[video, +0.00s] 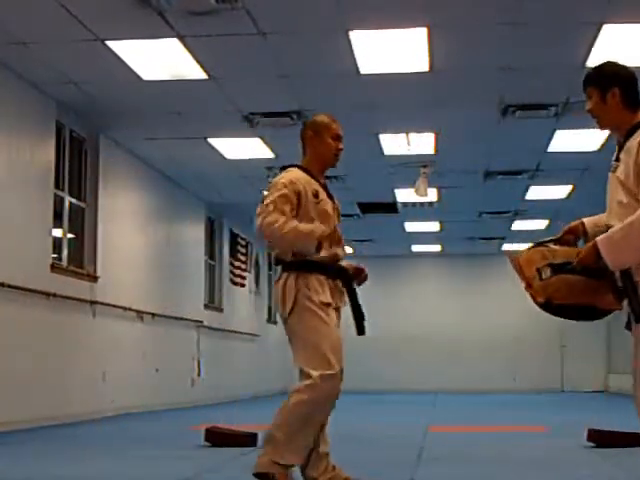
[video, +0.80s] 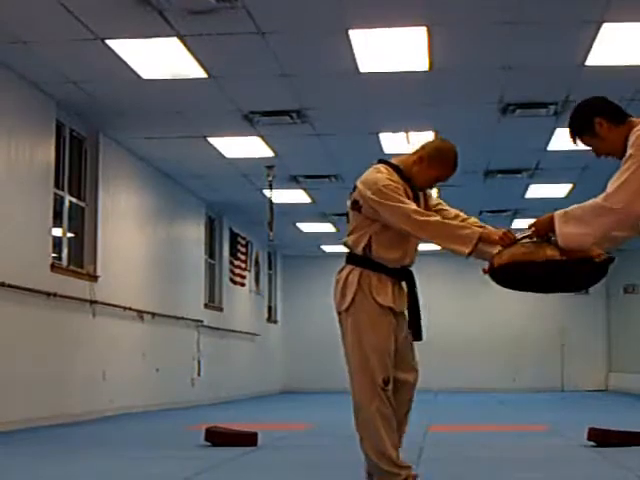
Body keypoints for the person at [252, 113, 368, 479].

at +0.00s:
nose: (340, 147)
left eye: (341, 141)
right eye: (334, 139)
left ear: (325, 145)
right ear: (310, 140)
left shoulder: (322, 192)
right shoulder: (291, 179)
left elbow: (320, 251)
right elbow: (270, 224)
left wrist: (346, 270)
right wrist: (319, 236)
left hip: (327, 289)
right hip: (305, 286)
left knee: (319, 379)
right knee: (325, 376)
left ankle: (317, 467)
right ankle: (272, 463)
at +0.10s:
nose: (353, 148)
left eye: (353, 141)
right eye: (347, 139)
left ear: (335, 143)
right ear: (323, 140)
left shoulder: (331, 192)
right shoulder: (305, 177)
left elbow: (337, 248)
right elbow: (281, 199)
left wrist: (372, 257)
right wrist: (337, 200)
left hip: (329, 287)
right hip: (312, 285)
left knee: (319, 379)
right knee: (340, 371)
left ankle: (310, 460)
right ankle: (323, 468)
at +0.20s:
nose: (362, 148)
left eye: (363, 142)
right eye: (356, 140)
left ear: (349, 145)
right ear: (331, 141)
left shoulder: (345, 196)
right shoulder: (311, 177)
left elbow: (367, 238)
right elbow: (311, 189)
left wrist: (409, 246)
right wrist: (365, 185)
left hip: (339, 290)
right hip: (320, 288)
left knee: (322, 385)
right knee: (345, 383)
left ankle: (316, 469)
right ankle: (374, 470)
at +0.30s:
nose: (370, 149)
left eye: (371, 142)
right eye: (364, 141)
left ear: (352, 145)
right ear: (341, 141)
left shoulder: (356, 196)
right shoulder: (322, 182)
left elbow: (389, 231)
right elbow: (337, 201)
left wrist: (432, 237)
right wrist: (391, 192)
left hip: (347, 291)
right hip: (327, 289)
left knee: (329, 387)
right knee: (355, 386)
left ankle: (317, 468)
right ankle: (396, 470)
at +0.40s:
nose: (382, 150)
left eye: (383, 143)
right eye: (376, 142)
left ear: (363, 144)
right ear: (353, 142)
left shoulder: (364, 193)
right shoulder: (332, 184)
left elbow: (403, 225)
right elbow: (375, 213)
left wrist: (457, 233)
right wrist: (424, 213)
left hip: (358, 291)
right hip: (340, 290)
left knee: (339, 386)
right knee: (364, 388)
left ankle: (318, 467)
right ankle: (393, 471)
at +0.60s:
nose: (412, 178)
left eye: (417, 172)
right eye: (413, 169)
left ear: (410, 165)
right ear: (397, 155)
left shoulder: (390, 188)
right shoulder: (357, 184)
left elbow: (435, 210)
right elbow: (402, 218)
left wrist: (486, 225)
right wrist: (464, 232)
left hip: (378, 289)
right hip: (354, 288)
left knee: (379, 384)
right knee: (369, 386)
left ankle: (332, 464)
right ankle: (390, 472)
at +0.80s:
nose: (430, 185)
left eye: (435, 181)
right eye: (431, 177)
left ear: (432, 168)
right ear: (419, 159)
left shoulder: (415, 188)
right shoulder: (377, 181)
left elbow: (447, 215)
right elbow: (419, 223)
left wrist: (491, 233)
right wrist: (482, 240)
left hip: (394, 288)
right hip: (366, 286)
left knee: (404, 376)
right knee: (373, 379)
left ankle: (385, 463)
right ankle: (385, 469)